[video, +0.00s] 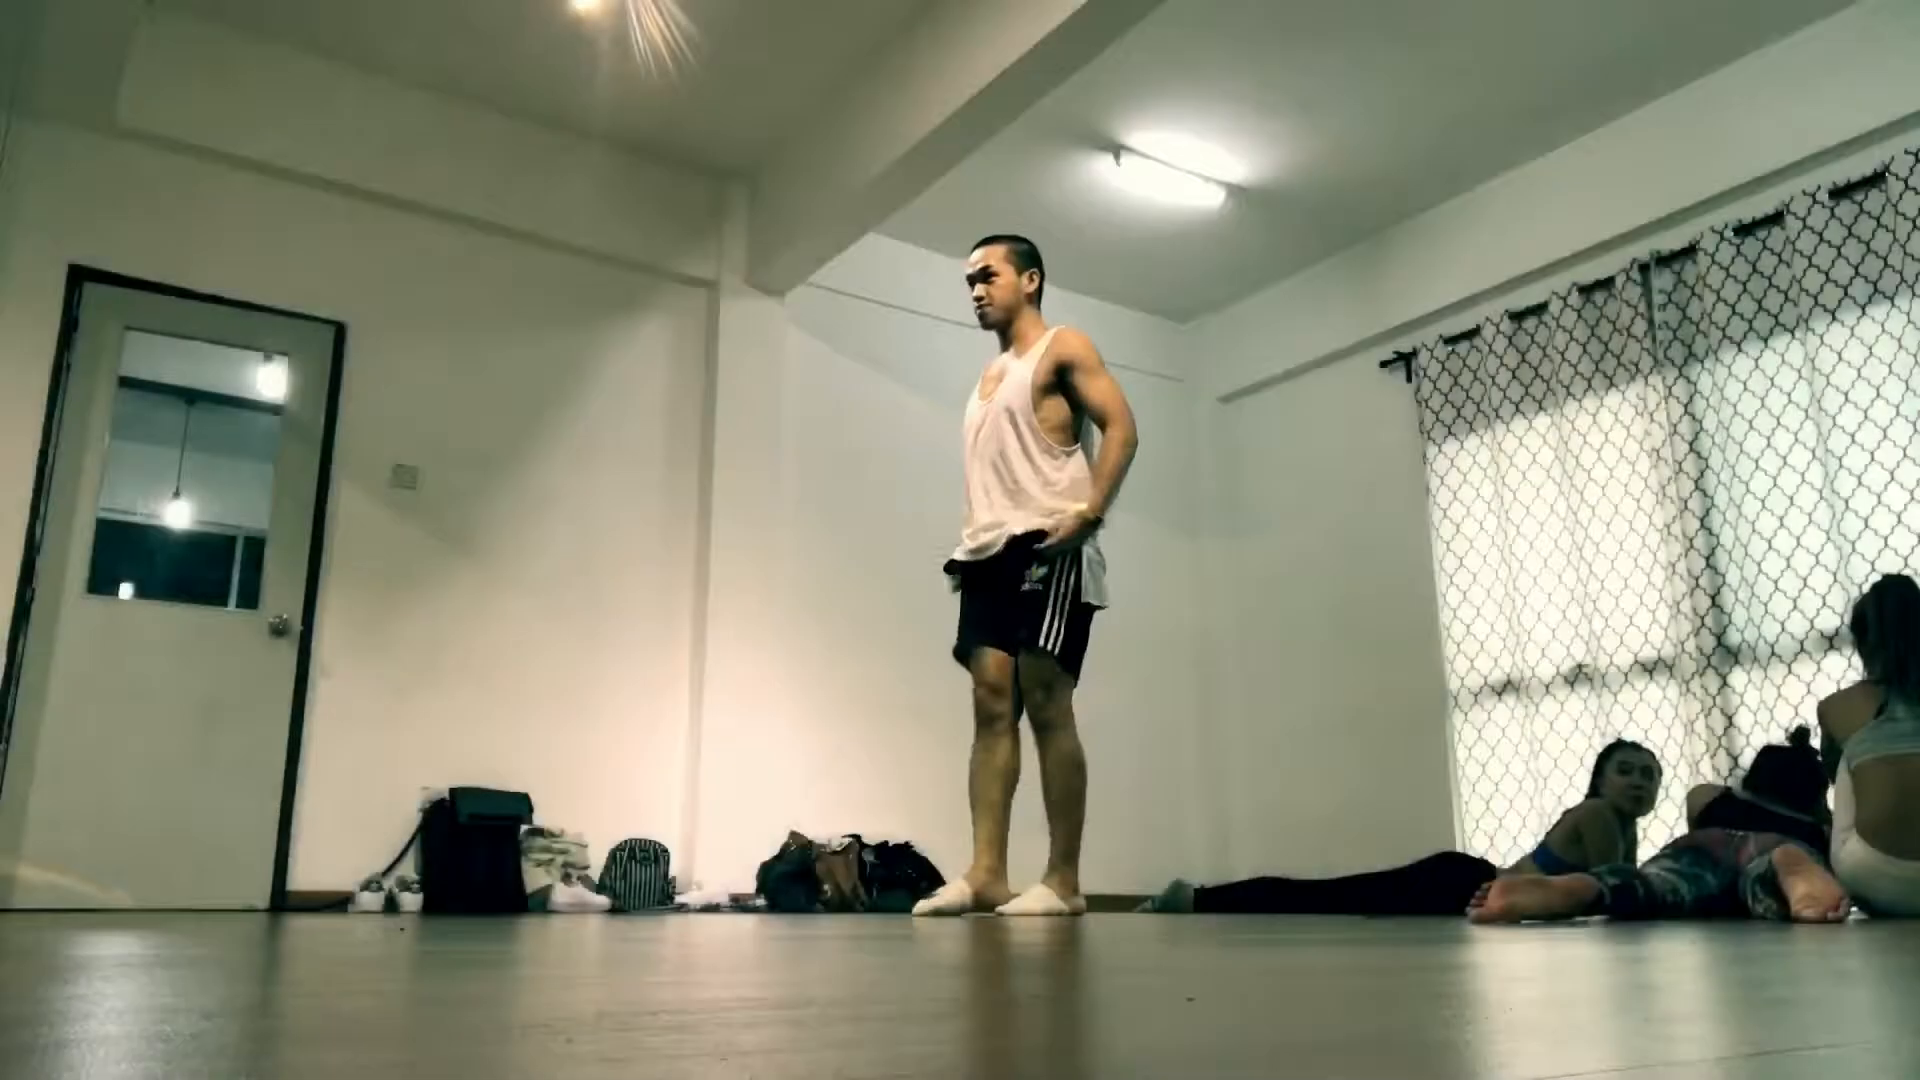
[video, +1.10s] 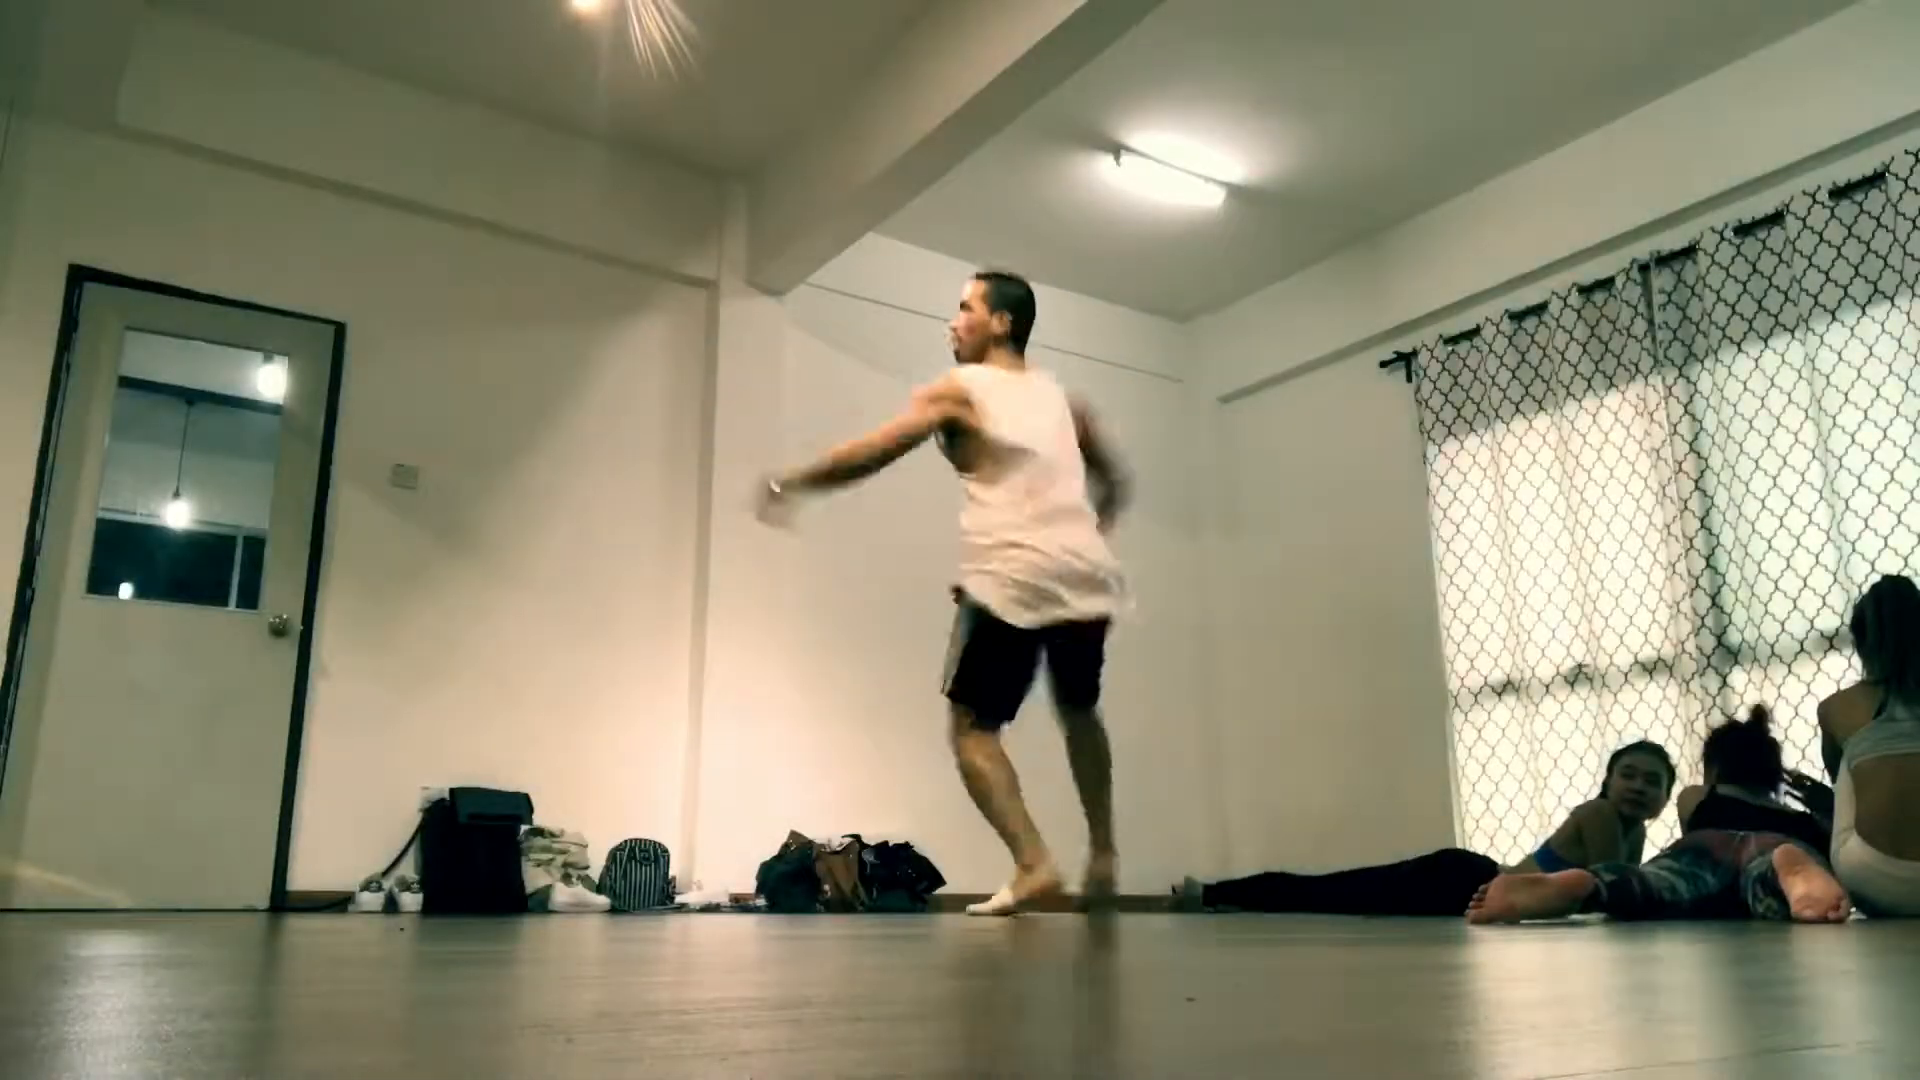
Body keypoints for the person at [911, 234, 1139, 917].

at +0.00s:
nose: (975, 288)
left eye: (987, 276)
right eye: (972, 281)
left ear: (1030, 282)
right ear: (982, 296)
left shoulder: (1064, 347)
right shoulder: (993, 373)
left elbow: (1121, 427)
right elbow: (998, 469)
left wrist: (1090, 512)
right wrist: (972, 544)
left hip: (1049, 548)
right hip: (989, 554)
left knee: (1046, 702)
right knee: (991, 702)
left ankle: (1062, 882)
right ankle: (986, 873)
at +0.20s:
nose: (990, 284)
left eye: (1003, 271)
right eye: (987, 276)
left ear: (1046, 278)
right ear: (996, 292)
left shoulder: (1079, 344)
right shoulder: (996, 376)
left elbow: (1133, 409)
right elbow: (983, 483)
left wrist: (1171, 470)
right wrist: (934, 559)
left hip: (1054, 554)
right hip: (990, 563)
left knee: (1054, 706)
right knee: (1007, 711)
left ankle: (1064, 882)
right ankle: (1004, 873)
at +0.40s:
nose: (999, 294)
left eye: (1013, 281)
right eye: (995, 286)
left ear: (1055, 290)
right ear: (998, 304)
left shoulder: (1091, 364)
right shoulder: (980, 390)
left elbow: (1172, 419)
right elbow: (939, 474)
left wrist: (1251, 457)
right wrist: (857, 504)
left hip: (1066, 555)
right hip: (1000, 568)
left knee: (1062, 708)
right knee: (1029, 718)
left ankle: (1066, 880)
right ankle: (1086, 854)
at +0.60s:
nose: (996, 315)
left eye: (1009, 303)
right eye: (994, 307)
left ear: (1050, 313)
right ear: (1002, 324)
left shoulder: (1094, 386)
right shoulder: (977, 399)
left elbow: (1193, 430)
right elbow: (901, 438)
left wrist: (1285, 453)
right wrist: (859, 404)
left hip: (1074, 566)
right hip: (1014, 579)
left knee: (1047, 705)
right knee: (1048, 731)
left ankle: (1060, 880)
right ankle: (1124, 871)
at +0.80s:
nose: (979, 363)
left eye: (993, 353)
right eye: (978, 355)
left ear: (1036, 363)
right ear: (991, 373)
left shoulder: (1083, 429)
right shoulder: (971, 444)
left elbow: (1190, 450)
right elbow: (898, 440)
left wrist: (1290, 457)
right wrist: (831, 410)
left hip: (1080, 603)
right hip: (1033, 614)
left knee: (999, 706)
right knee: (1030, 775)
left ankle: (1043, 879)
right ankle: (1128, 884)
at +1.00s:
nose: (960, 351)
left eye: (974, 340)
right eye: (962, 341)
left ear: (1013, 353)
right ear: (995, 356)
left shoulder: (1024, 411)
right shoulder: (997, 454)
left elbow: (1025, 421)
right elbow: (941, 515)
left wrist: (976, 416)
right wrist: (864, 527)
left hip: (1048, 602)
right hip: (1086, 611)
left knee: (952, 725)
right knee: (1042, 756)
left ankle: (1045, 874)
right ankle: (1129, 885)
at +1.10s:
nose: (953, 321)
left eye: (966, 310)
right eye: (958, 308)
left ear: (1001, 323)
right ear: (1014, 327)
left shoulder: (957, 389)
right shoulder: (1059, 396)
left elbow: (870, 454)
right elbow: (1112, 477)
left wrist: (791, 480)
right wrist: (1092, 530)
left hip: (1009, 579)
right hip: (1086, 578)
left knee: (973, 731)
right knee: (1080, 712)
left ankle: (1033, 866)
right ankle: (1105, 858)